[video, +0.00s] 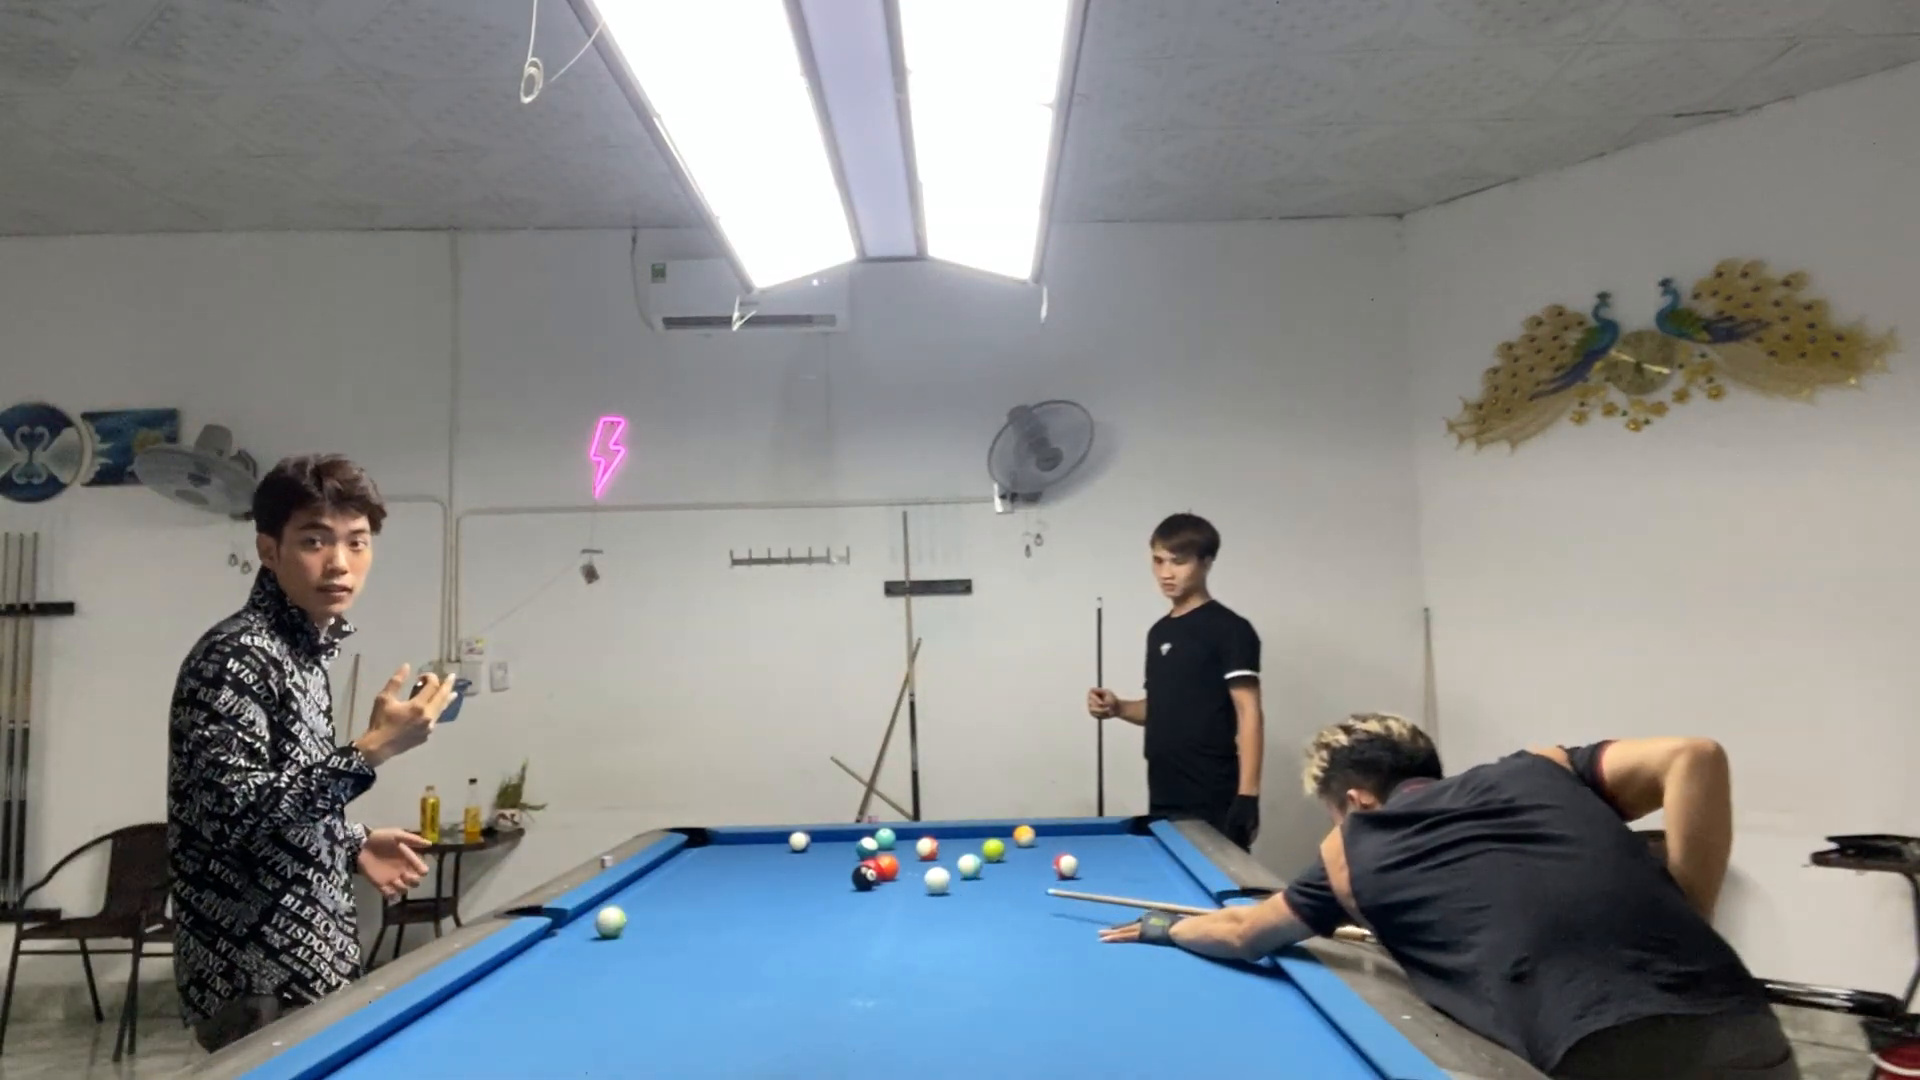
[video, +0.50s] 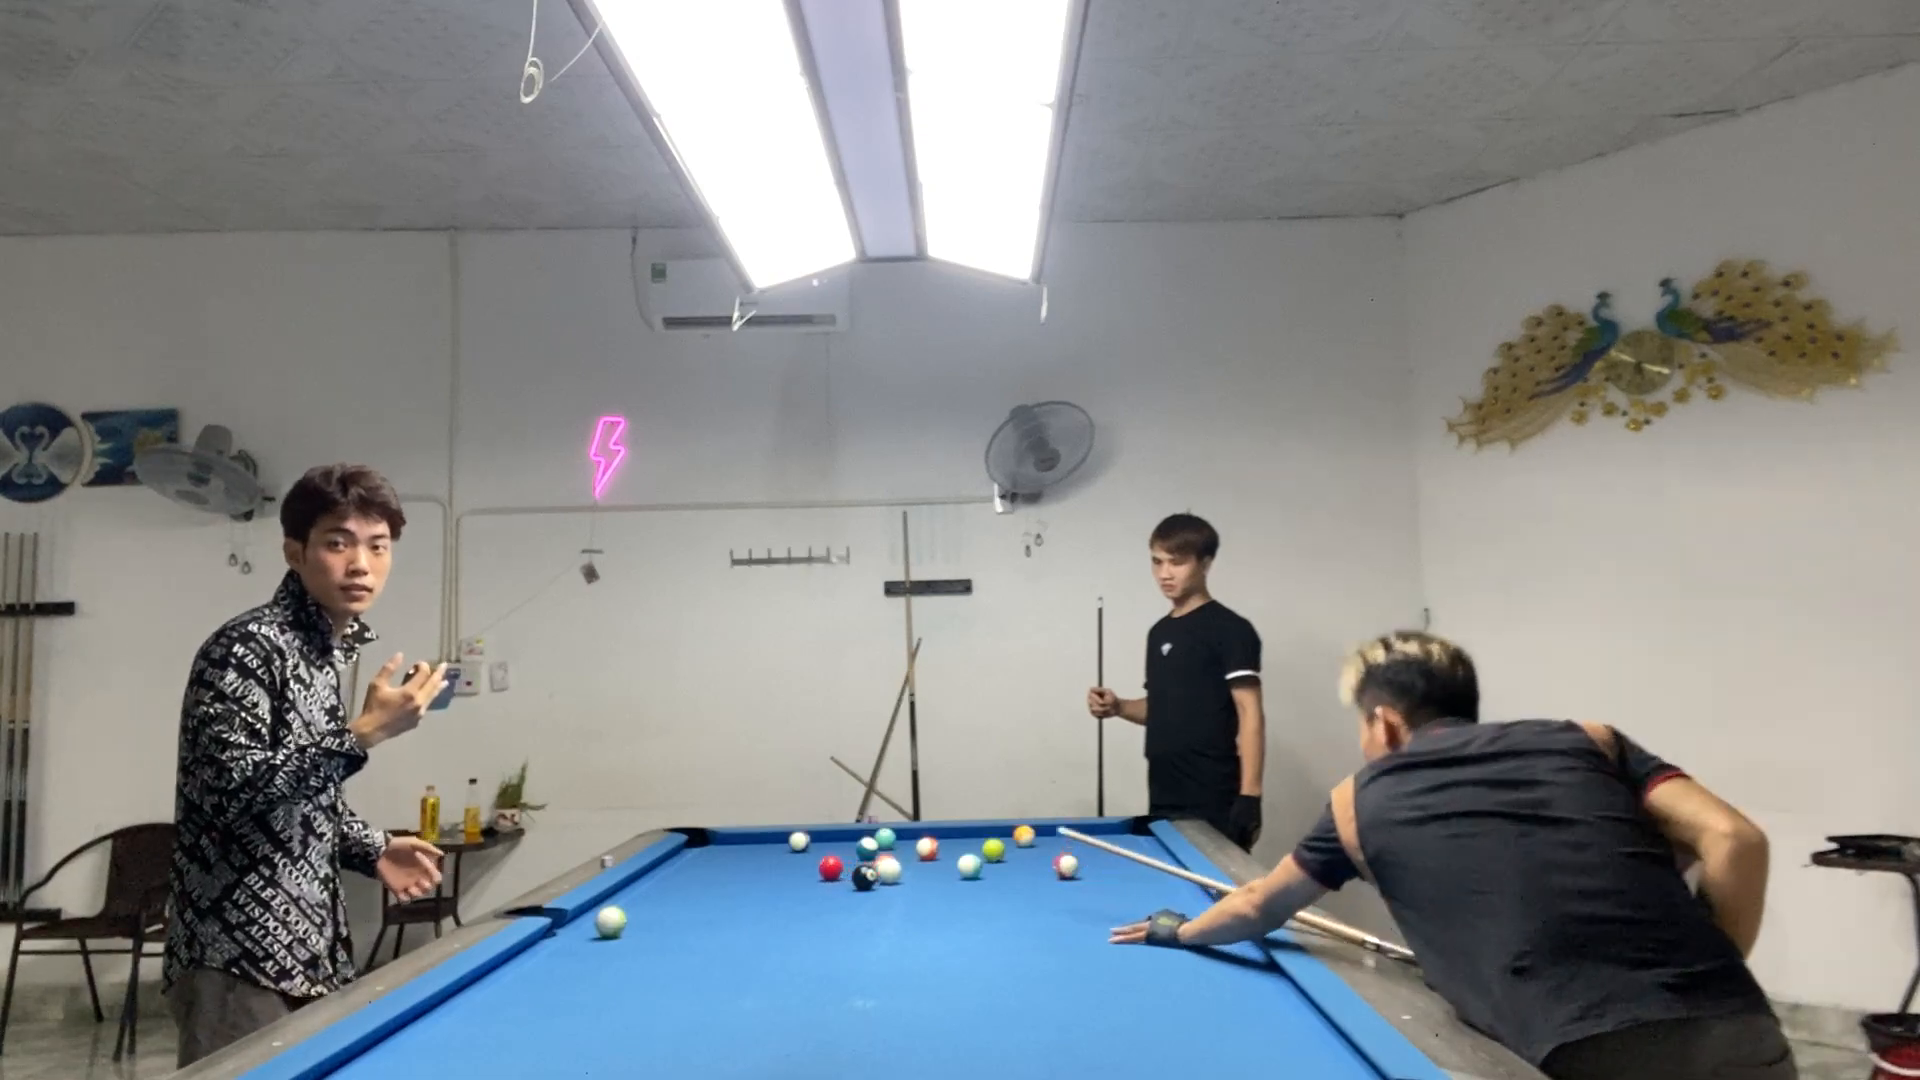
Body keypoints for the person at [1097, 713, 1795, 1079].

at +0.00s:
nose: (1336, 824)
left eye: (1332, 812)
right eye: (1332, 814)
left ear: (1356, 800)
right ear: (1428, 767)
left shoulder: (1354, 846)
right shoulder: (1539, 765)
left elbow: (1241, 934)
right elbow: (1695, 762)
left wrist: (1168, 921)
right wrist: (1687, 924)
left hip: (1608, 1052)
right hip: (1744, 1030)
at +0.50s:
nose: (1358, 745)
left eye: (1359, 724)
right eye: (1359, 724)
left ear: (1389, 725)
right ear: (1471, 710)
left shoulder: (1362, 800)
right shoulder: (1588, 740)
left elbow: (1258, 904)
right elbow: (1736, 840)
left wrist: (1182, 932)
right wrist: (1708, 981)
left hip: (1594, 1050)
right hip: (1742, 1035)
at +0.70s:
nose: (1431, 611)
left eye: (1435, 590)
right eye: (1434, 590)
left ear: (1462, 599)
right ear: (1551, 603)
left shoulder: (1406, 700)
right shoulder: (1664, 692)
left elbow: (1302, 845)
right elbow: (1782, 854)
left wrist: (1232, 922)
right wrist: (1727, 992)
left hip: (1568, 1043)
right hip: (1734, 1040)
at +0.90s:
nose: (1542, 546)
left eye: (1547, 526)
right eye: (1546, 526)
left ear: (1579, 537)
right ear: (1674, 549)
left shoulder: (1496, 652)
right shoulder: (1775, 685)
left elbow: (1400, 826)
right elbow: (1862, 875)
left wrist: (1331, 933)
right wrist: (1775, 1000)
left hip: (1569, 1045)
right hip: (1752, 1045)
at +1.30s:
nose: (1656, 528)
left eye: (1664, 505)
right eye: (1661, 505)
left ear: (1701, 513)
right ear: (1794, 532)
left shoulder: (1603, 628)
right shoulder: (1891, 686)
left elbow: (1523, 816)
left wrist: (1449, 959)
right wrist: (1871, 990)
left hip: (1646, 1042)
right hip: (1829, 1044)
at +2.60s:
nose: (1721, 565)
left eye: (1729, 540)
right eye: (1727, 542)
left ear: (1760, 540)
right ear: (1858, 579)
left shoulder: (1638, 627)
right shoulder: (1905, 694)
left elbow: (1535, 796)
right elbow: (1901, 874)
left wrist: (1446, 933)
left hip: (1667, 1029)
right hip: (1856, 1040)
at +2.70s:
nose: (1724, 566)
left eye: (1733, 541)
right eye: (1731, 543)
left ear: (1764, 542)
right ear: (1864, 582)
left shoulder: (1641, 627)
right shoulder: (1906, 693)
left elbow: (1538, 795)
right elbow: (1903, 875)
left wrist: (1446, 933)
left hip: (1669, 1029)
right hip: (1855, 1040)